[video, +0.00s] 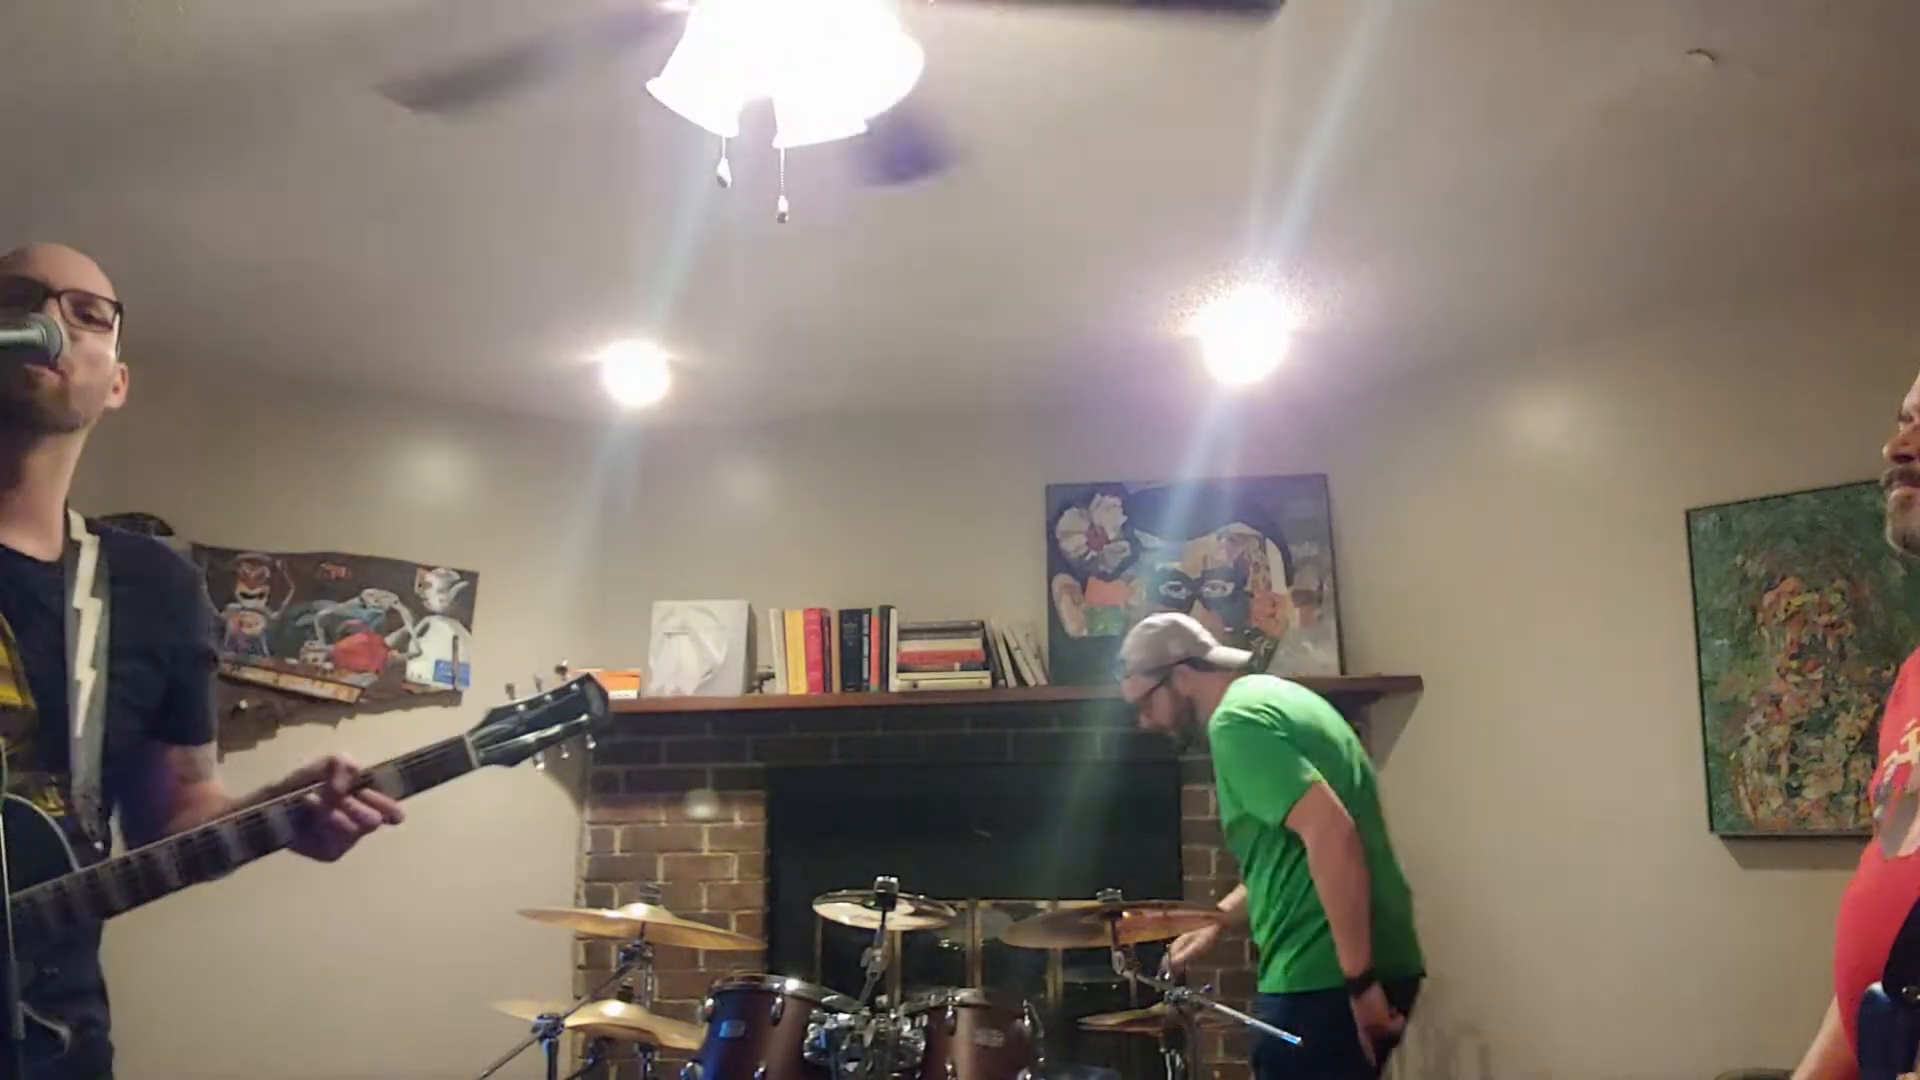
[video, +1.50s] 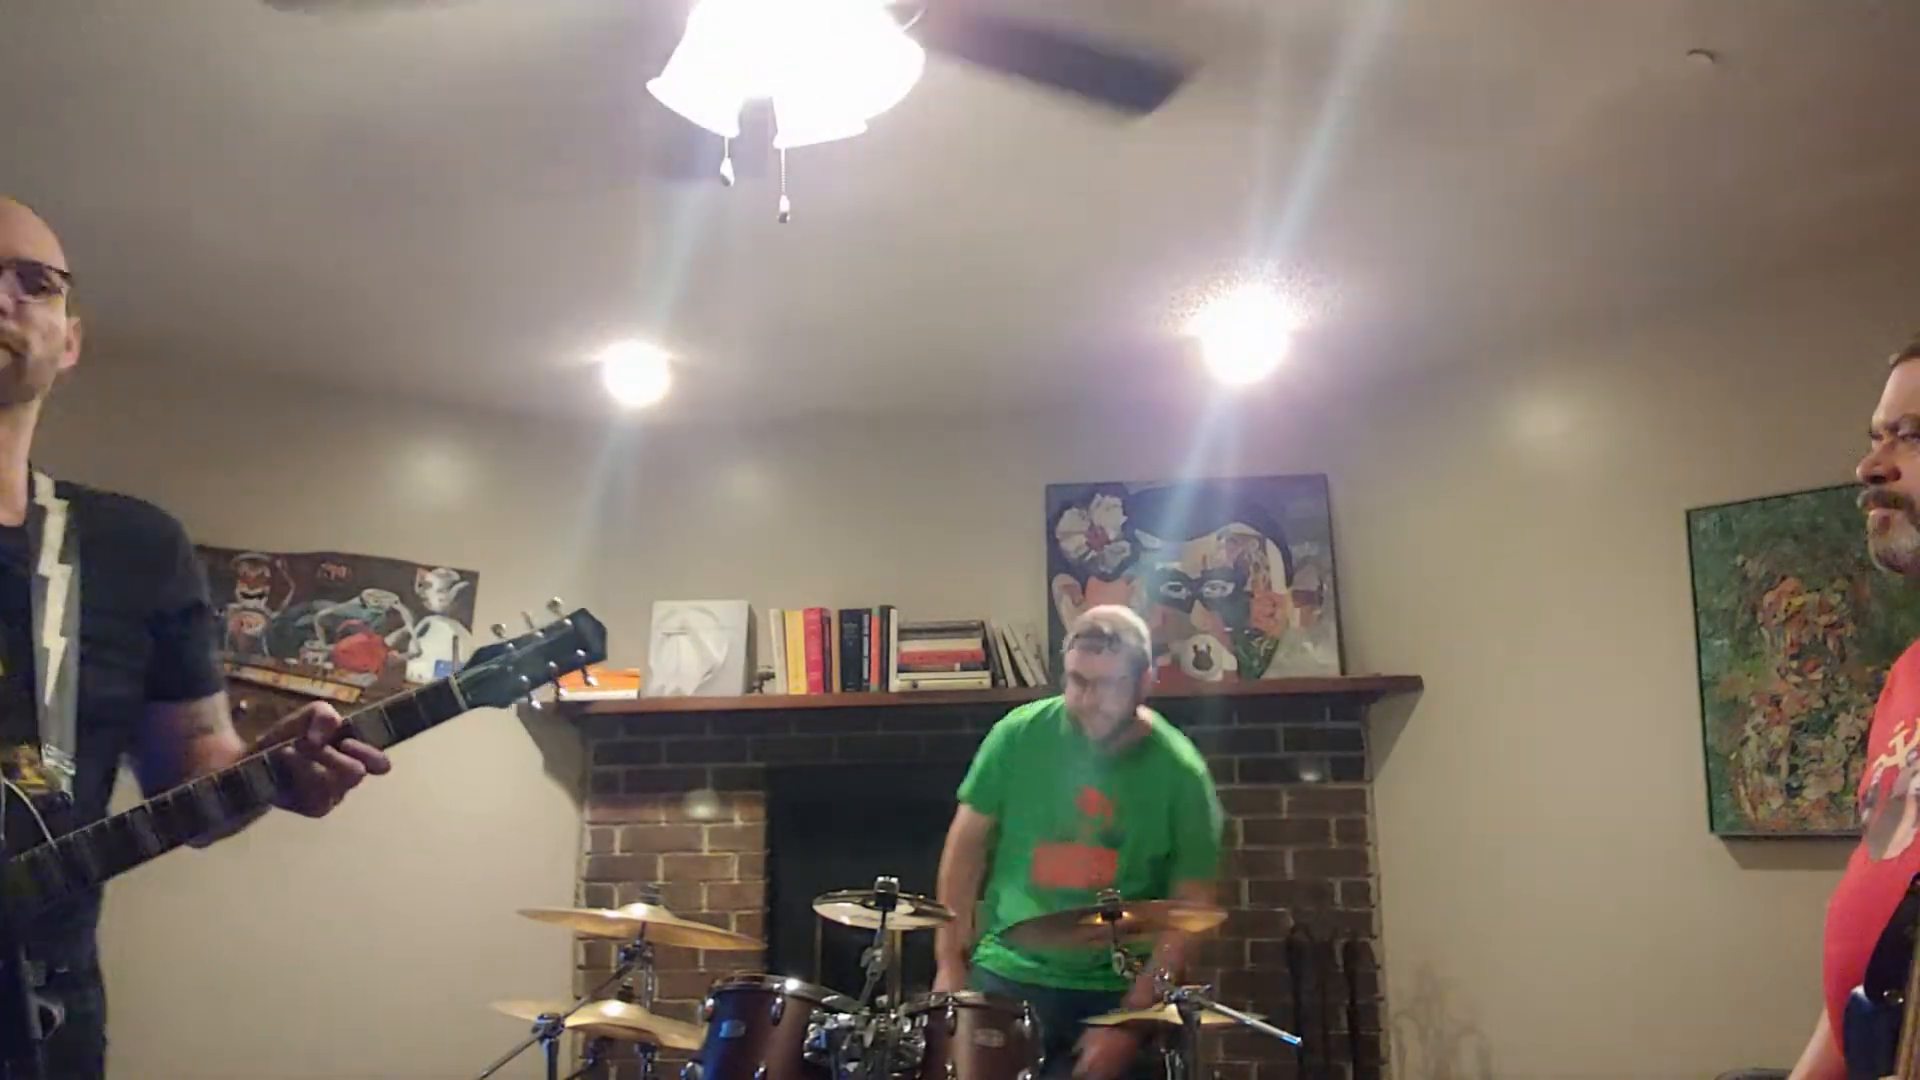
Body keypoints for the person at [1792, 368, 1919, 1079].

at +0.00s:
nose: (1900, 444)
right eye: (1902, 423)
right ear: (1894, 439)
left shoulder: (1910, 674)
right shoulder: (1909, 675)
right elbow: (1887, 898)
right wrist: (1818, 1066)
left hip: (1903, 1052)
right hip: (1873, 1050)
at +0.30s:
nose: (1898, 446)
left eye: (1919, 420)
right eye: (1903, 422)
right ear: (1899, 446)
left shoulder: (1909, 677)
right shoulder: (1908, 678)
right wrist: (1803, 1069)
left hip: (1899, 1052)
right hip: (1862, 1046)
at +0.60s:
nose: (1889, 451)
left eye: (1918, 425)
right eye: (1892, 426)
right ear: (1888, 443)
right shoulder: (1907, 674)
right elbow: (1876, 898)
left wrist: (1811, 1062)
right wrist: (1807, 1064)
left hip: (1901, 1052)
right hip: (1856, 1046)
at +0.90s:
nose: (1876, 456)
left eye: (1910, 429)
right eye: (1879, 433)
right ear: (1876, 448)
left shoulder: (1907, 674)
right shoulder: (1904, 675)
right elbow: (1875, 893)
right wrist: (1812, 1063)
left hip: (1902, 1053)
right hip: (1858, 1045)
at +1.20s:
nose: (1870, 461)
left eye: (1905, 432)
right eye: (1875, 437)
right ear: (1873, 452)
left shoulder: (1908, 674)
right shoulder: (1905, 676)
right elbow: (1880, 903)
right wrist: (1817, 1062)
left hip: (1904, 1051)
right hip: (1861, 1044)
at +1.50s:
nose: (1869, 465)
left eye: (1905, 435)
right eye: (1875, 438)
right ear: (1874, 450)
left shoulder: (1908, 674)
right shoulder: (1905, 677)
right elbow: (1877, 910)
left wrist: (1820, 1061)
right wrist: (1814, 1065)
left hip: (1902, 1051)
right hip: (1863, 1047)